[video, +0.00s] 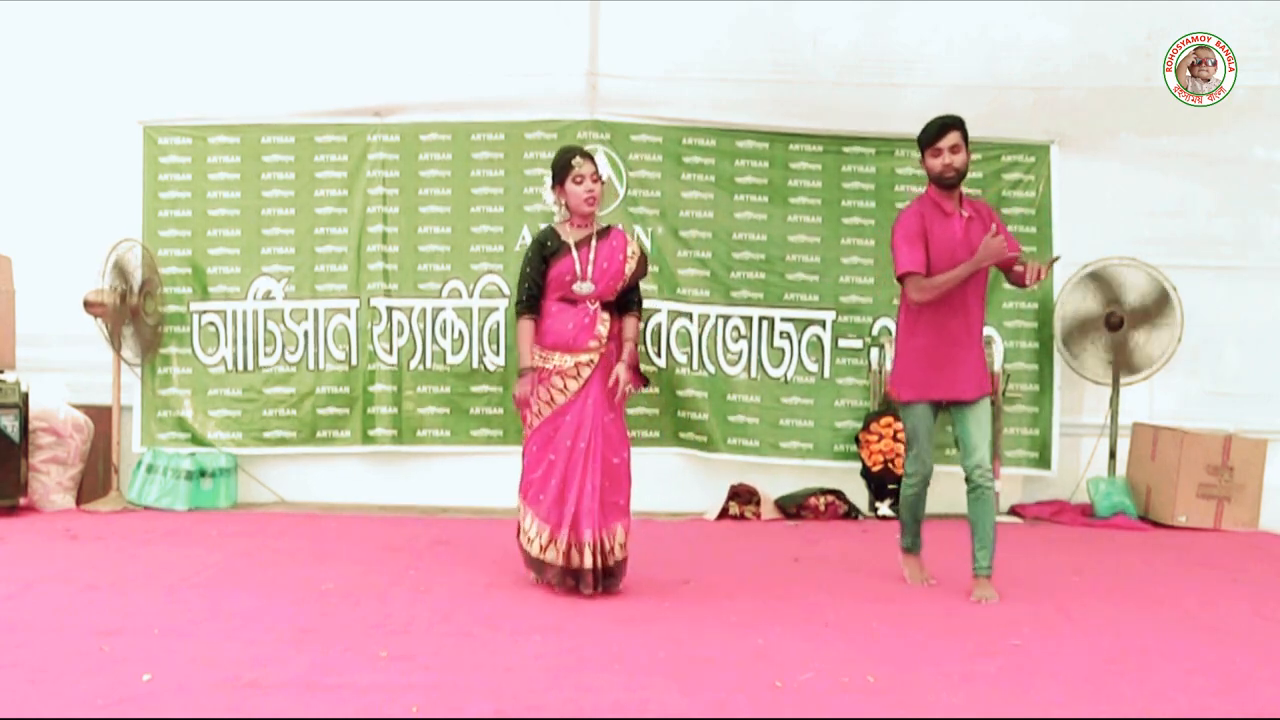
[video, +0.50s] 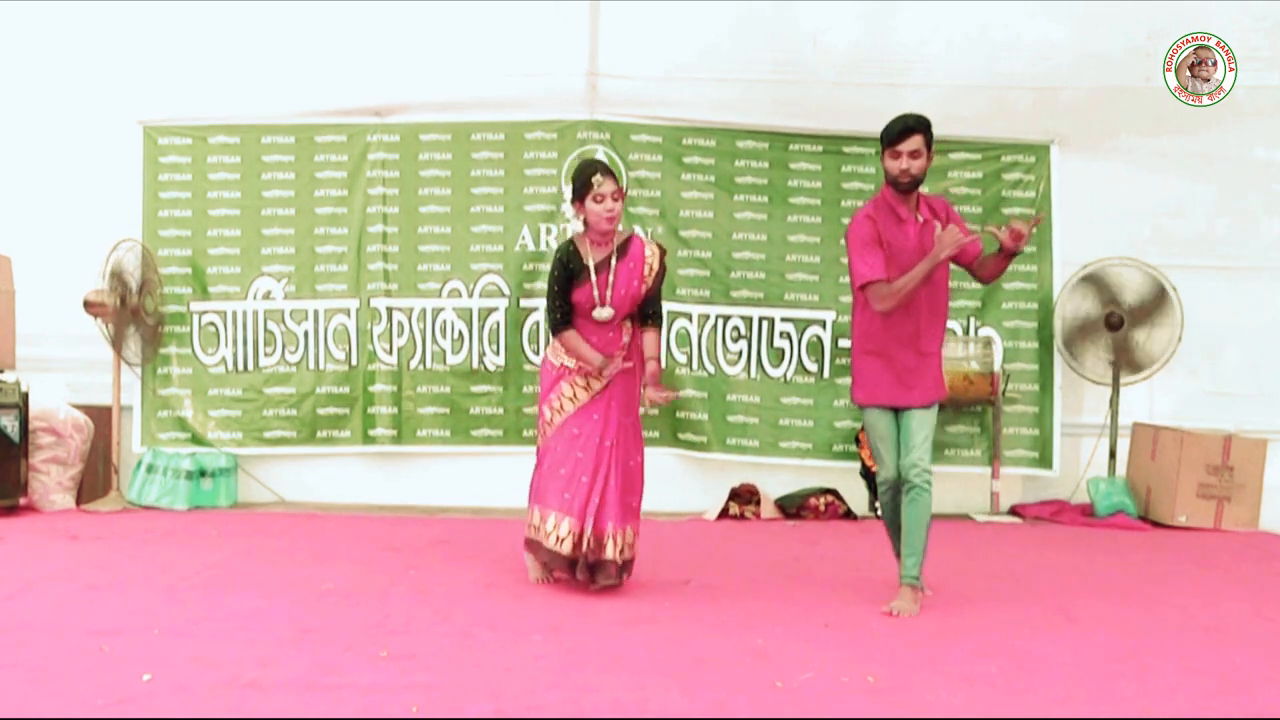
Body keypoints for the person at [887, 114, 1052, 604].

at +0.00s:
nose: (949, 158)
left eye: (956, 149)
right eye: (938, 152)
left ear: (969, 155)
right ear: (924, 160)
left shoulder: (982, 213)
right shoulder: (911, 219)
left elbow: (1013, 268)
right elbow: (917, 291)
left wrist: (1026, 274)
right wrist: (981, 261)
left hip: (968, 360)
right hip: (918, 362)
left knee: (979, 471)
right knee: (919, 469)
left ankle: (982, 575)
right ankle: (911, 552)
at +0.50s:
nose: (906, 164)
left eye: (916, 156)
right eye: (896, 155)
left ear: (929, 159)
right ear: (883, 158)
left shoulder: (940, 214)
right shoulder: (866, 221)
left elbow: (985, 271)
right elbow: (880, 298)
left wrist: (1007, 249)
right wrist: (934, 256)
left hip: (922, 364)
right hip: (875, 365)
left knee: (916, 470)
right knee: (891, 475)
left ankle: (911, 584)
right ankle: (909, 573)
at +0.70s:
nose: (869, 170)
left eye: (880, 162)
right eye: (862, 160)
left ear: (897, 165)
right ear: (849, 159)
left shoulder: (908, 216)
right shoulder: (829, 220)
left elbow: (953, 281)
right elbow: (828, 299)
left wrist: (966, 255)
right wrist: (881, 254)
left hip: (892, 362)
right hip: (838, 362)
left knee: (896, 475)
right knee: (844, 471)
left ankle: (901, 586)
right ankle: (856, 563)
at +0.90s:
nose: (822, 164)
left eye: (834, 156)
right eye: (815, 154)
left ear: (850, 159)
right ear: (803, 152)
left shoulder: (863, 207)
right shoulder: (780, 213)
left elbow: (911, 268)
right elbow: (784, 293)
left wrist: (929, 254)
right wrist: (844, 259)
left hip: (844, 359)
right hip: (795, 360)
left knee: (833, 465)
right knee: (811, 472)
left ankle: (828, 581)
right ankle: (845, 563)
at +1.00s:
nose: (790, 176)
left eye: (801, 167)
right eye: (782, 165)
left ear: (817, 170)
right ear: (770, 164)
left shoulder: (832, 221)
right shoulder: (748, 228)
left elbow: (876, 288)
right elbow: (743, 313)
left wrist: (898, 290)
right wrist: (806, 288)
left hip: (814, 373)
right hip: (761, 373)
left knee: (808, 476)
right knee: (768, 482)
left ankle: (813, 589)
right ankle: (816, 555)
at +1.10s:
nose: (766, 177)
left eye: (777, 168)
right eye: (758, 166)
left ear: (792, 171)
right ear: (745, 166)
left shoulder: (809, 220)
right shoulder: (722, 227)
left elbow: (850, 289)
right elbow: (711, 313)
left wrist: (873, 289)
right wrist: (764, 289)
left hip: (797, 370)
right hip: (742, 370)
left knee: (796, 474)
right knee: (736, 473)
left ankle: (811, 588)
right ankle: (773, 559)